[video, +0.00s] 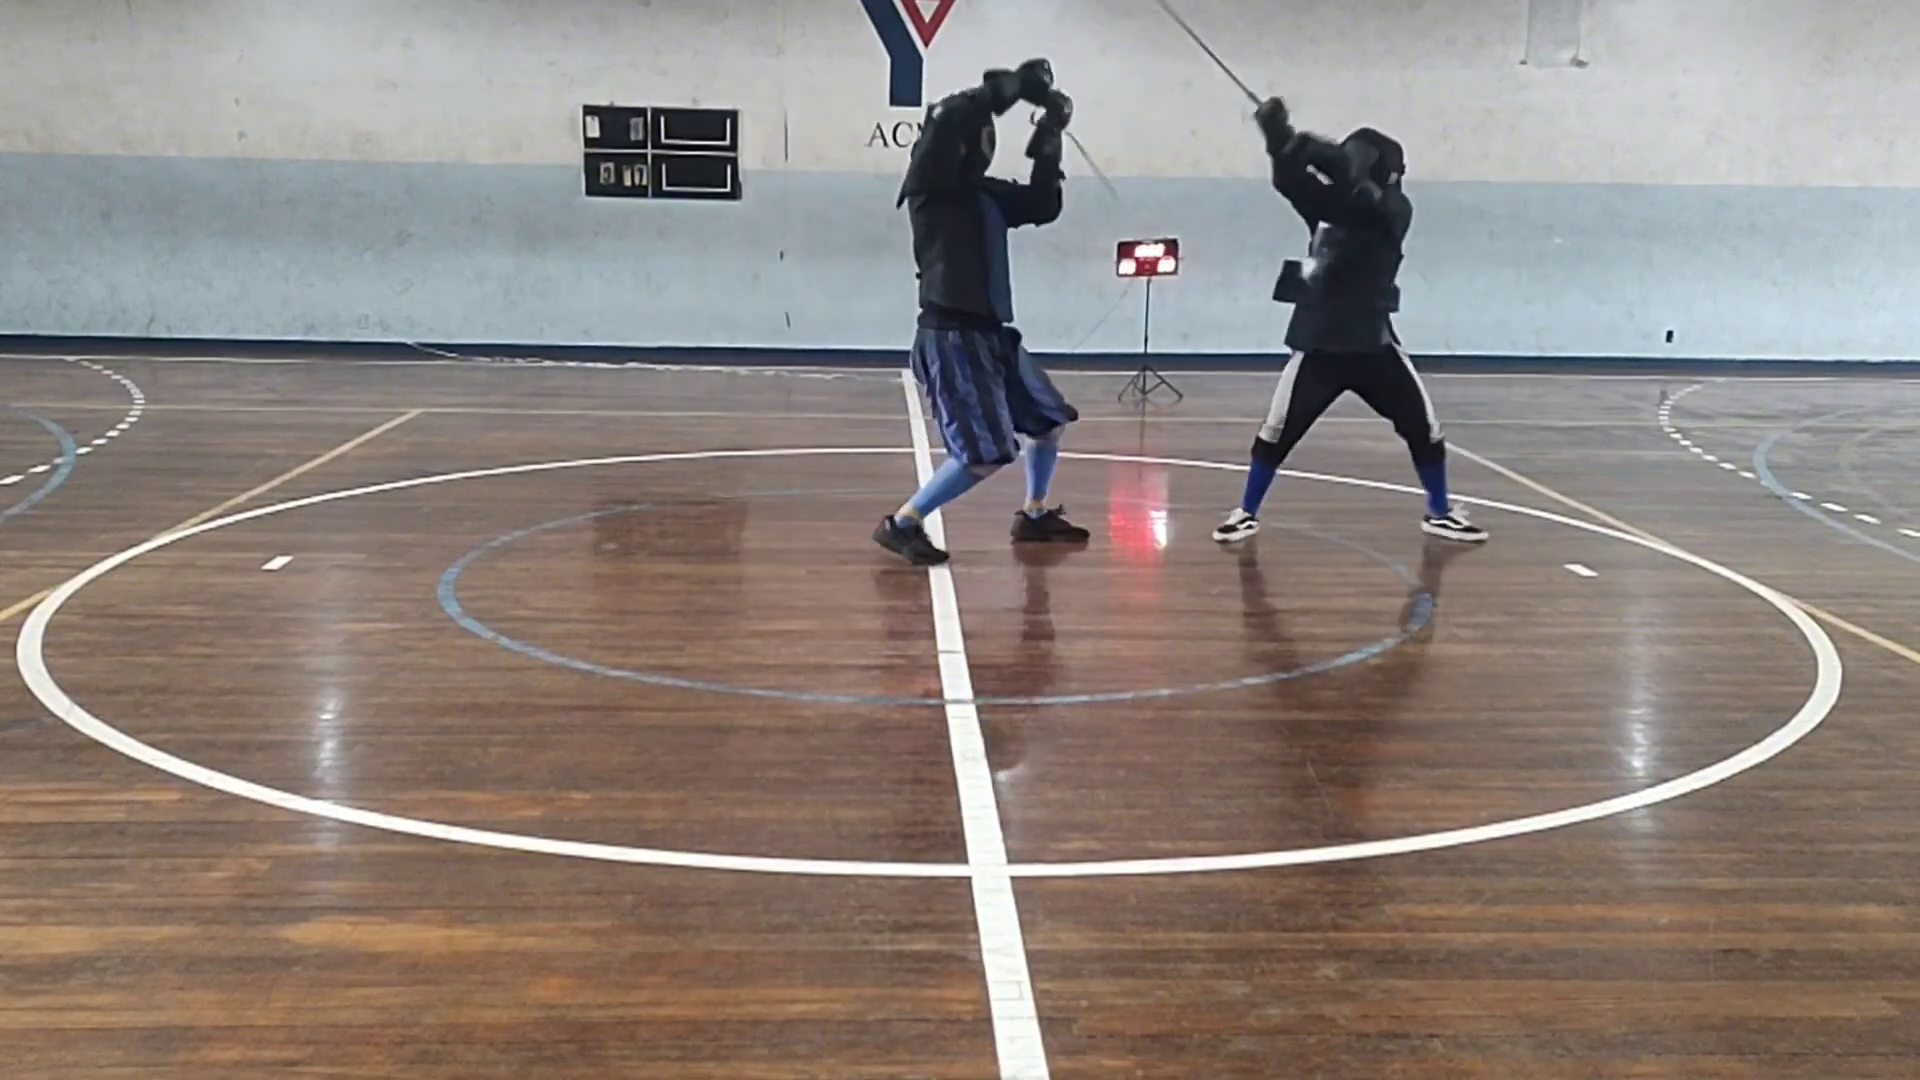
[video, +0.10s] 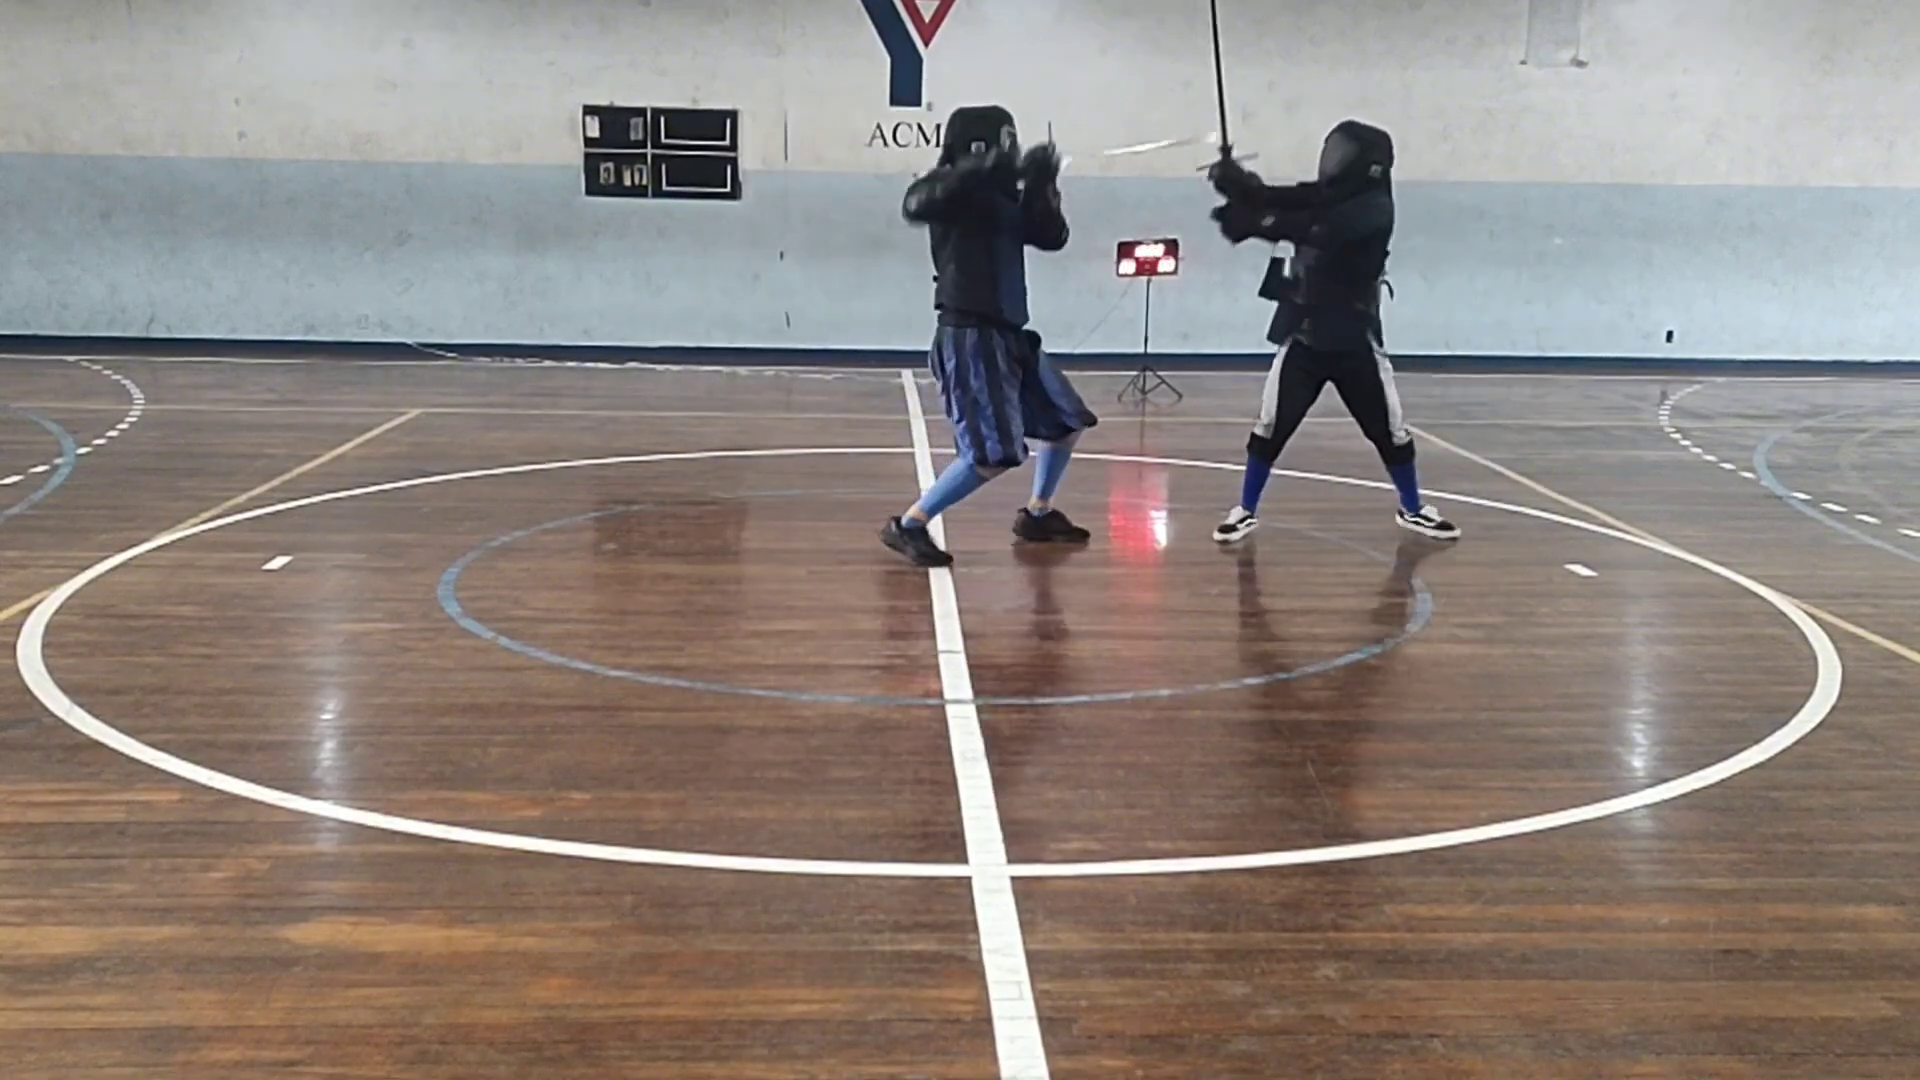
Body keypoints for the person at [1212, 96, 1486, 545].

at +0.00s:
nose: (1344, 165)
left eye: (1354, 157)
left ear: (1378, 166)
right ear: (1366, 162)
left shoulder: (1395, 207)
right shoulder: (1325, 203)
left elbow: (1354, 180)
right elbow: (1291, 181)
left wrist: (1312, 151)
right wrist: (1278, 142)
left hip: (1374, 345)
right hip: (1319, 344)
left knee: (1423, 428)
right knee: (1277, 431)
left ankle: (1439, 512)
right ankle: (1247, 513)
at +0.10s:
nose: (1329, 161)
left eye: (1341, 154)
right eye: (1329, 152)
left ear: (1365, 163)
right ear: (1335, 157)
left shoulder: (1375, 207)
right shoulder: (1325, 195)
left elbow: (1324, 230)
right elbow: (1279, 200)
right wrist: (1238, 183)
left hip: (1354, 340)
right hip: (1304, 338)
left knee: (1390, 430)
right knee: (1270, 427)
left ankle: (1412, 509)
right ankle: (1245, 510)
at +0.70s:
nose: (1327, 178)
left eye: (1335, 171)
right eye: (1328, 170)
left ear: (1363, 175)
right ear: (1340, 175)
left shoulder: (1391, 216)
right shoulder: (1329, 208)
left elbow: (1335, 219)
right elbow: (1275, 214)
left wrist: (1252, 197)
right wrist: (1236, 185)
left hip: (1375, 348)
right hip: (1318, 343)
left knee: (1418, 439)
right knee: (1269, 427)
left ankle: (1447, 522)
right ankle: (1260, 518)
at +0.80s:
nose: (1344, 176)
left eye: (1352, 168)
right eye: (1340, 168)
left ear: (1377, 168)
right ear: (1337, 173)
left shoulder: (1402, 203)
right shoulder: (1332, 211)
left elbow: (1359, 175)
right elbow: (1285, 228)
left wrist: (1299, 151)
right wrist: (1280, 173)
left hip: (1396, 351)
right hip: (1336, 352)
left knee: (1436, 440)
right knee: (1285, 436)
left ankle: (1447, 523)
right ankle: (1263, 519)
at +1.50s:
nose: (1307, 157)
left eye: (1314, 150)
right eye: (1306, 151)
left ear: (1343, 153)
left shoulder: (1368, 190)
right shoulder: (1304, 207)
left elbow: (1317, 159)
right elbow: (1245, 198)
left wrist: (1258, 125)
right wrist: (1212, 142)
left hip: (1351, 337)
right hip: (1297, 339)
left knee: (1389, 435)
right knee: (1280, 440)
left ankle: (1406, 523)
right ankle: (1282, 527)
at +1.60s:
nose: (1311, 154)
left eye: (1319, 147)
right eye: (1314, 147)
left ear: (1345, 153)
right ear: (1343, 153)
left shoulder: (1363, 191)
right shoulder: (1322, 193)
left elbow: (1296, 206)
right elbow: (1260, 204)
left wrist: (1221, 169)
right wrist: (1207, 168)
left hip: (1346, 330)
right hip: (1299, 327)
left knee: (1365, 435)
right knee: (1274, 433)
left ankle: (1397, 521)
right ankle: (1281, 526)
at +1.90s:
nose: (1313, 173)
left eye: (1322, 166)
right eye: (1316, 165)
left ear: (1349, 173)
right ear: (1347, 172)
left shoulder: (1363, 216)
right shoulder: (1331, 206)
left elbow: (1297, 249)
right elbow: (1276, 215)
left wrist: (1240, 243)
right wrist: (1208, 209)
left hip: (1360, 348)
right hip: (1327, 342)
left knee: (1361, 450)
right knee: (1275, 426)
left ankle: (1412, 526)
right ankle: (1273, 526)